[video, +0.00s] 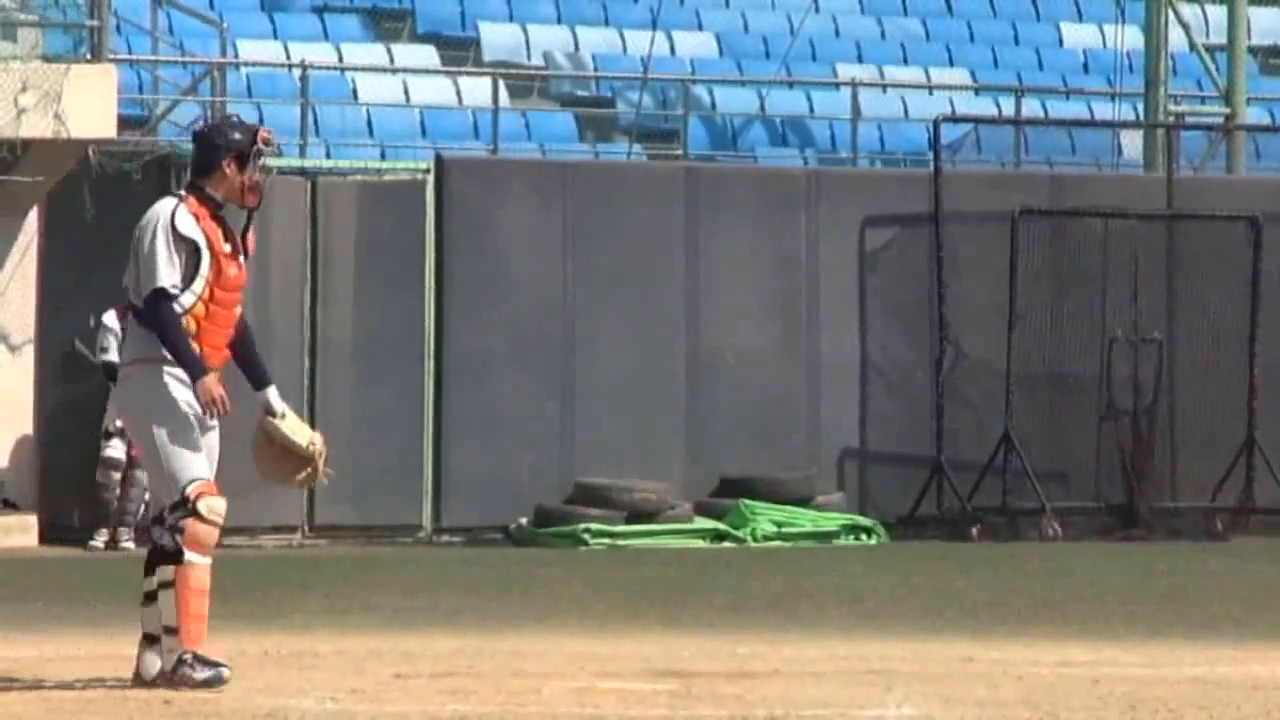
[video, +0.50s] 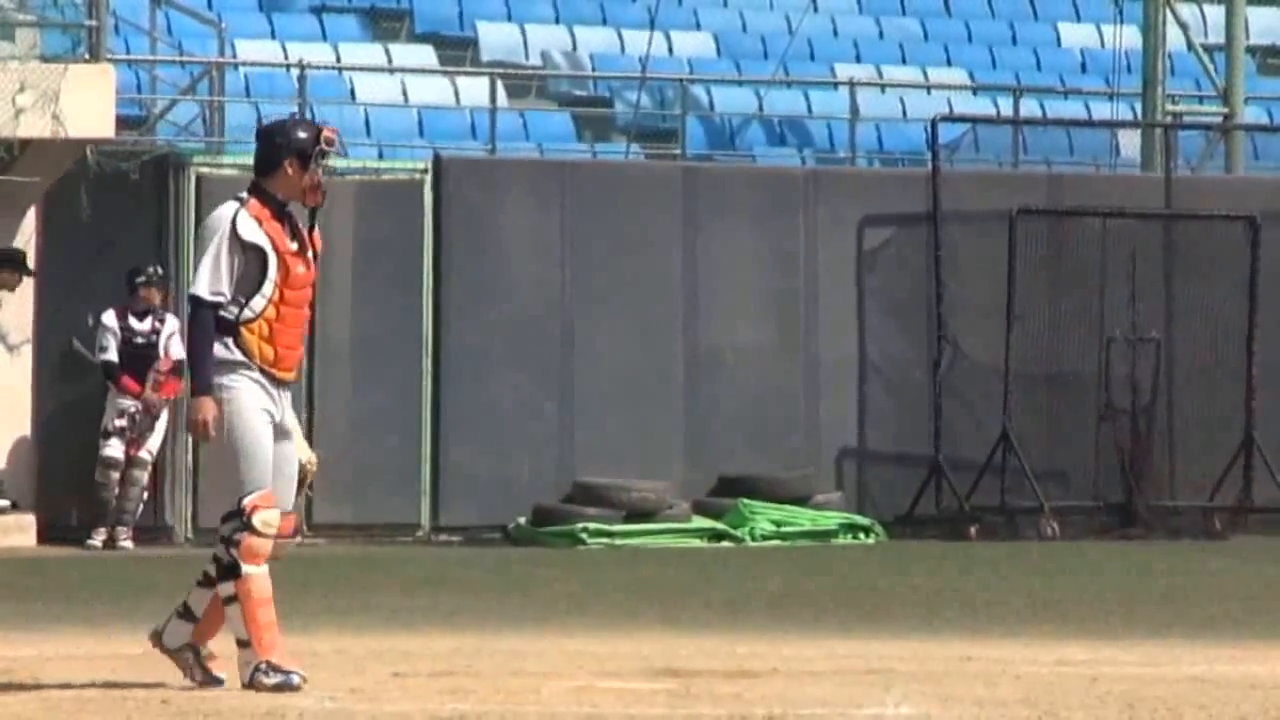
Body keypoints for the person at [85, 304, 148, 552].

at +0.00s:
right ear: (133, 292)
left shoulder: (161, 325)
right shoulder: (113, 318)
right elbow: (109, 366)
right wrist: (135, 378)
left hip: (149, 394)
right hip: (121, 391)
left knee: (140, 462)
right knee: (112, 456)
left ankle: (127, 527)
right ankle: (103, 525)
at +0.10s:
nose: (145, 299)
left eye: (151, 294)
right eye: (141, 291)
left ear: (160, 297)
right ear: (133, 290)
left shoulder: (164, 328)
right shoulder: (113, 318)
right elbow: (108, 361)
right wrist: (124, 384)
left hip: (149, 398)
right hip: (121, 397)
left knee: (141, 464)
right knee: (112, 457)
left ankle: (126, 528)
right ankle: (102, 526)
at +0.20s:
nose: (149, 297)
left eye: (152, 292)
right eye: (144, 291)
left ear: (155, 294)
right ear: (133, 293)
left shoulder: (163, 325)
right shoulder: (112, 319)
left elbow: (169, 366)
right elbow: (109, 365)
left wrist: (155, 392)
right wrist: (140, 392)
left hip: (153, 399)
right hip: (122, 396)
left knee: (143, 463)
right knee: (112, 458)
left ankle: (126, 528)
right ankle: (104, 525)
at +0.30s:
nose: (157, 295)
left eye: (159, 289)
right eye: (152, 288)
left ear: (161, 292)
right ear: (137, 291)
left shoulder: (167, 325)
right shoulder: (113, 319)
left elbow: (175, 364)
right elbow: (110, 367)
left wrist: (165, 396)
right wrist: (144, 395)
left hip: (155, 400)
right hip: (123, 397)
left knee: (142, 464)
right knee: (112, 458)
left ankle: (126, 528)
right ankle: (103, 526)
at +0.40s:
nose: (154, 294)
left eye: (157, 289)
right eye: (148, 288)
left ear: (162, 293)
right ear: (136, 291)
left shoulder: (170, 325)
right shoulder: (113, 319)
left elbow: (177, 365)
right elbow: (110, 368)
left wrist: (167, 395)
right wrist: (143, 395)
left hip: (157, 400)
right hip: (124, 397)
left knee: (142, 463)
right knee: (112, 458)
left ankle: (125, 528)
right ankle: (103, 525)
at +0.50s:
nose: (154, 293)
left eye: (157, 288)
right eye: (147, 287)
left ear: (161, 292)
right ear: (134, 291)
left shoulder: (169, 324)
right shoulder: (112, 319)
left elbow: (178, 368)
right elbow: (109, 367)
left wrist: (163, 395)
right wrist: (142, 394)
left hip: (154, 401)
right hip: (122, 397)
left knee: (141, 462)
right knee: (110, 457)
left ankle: (124, 527)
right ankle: (101, 525)